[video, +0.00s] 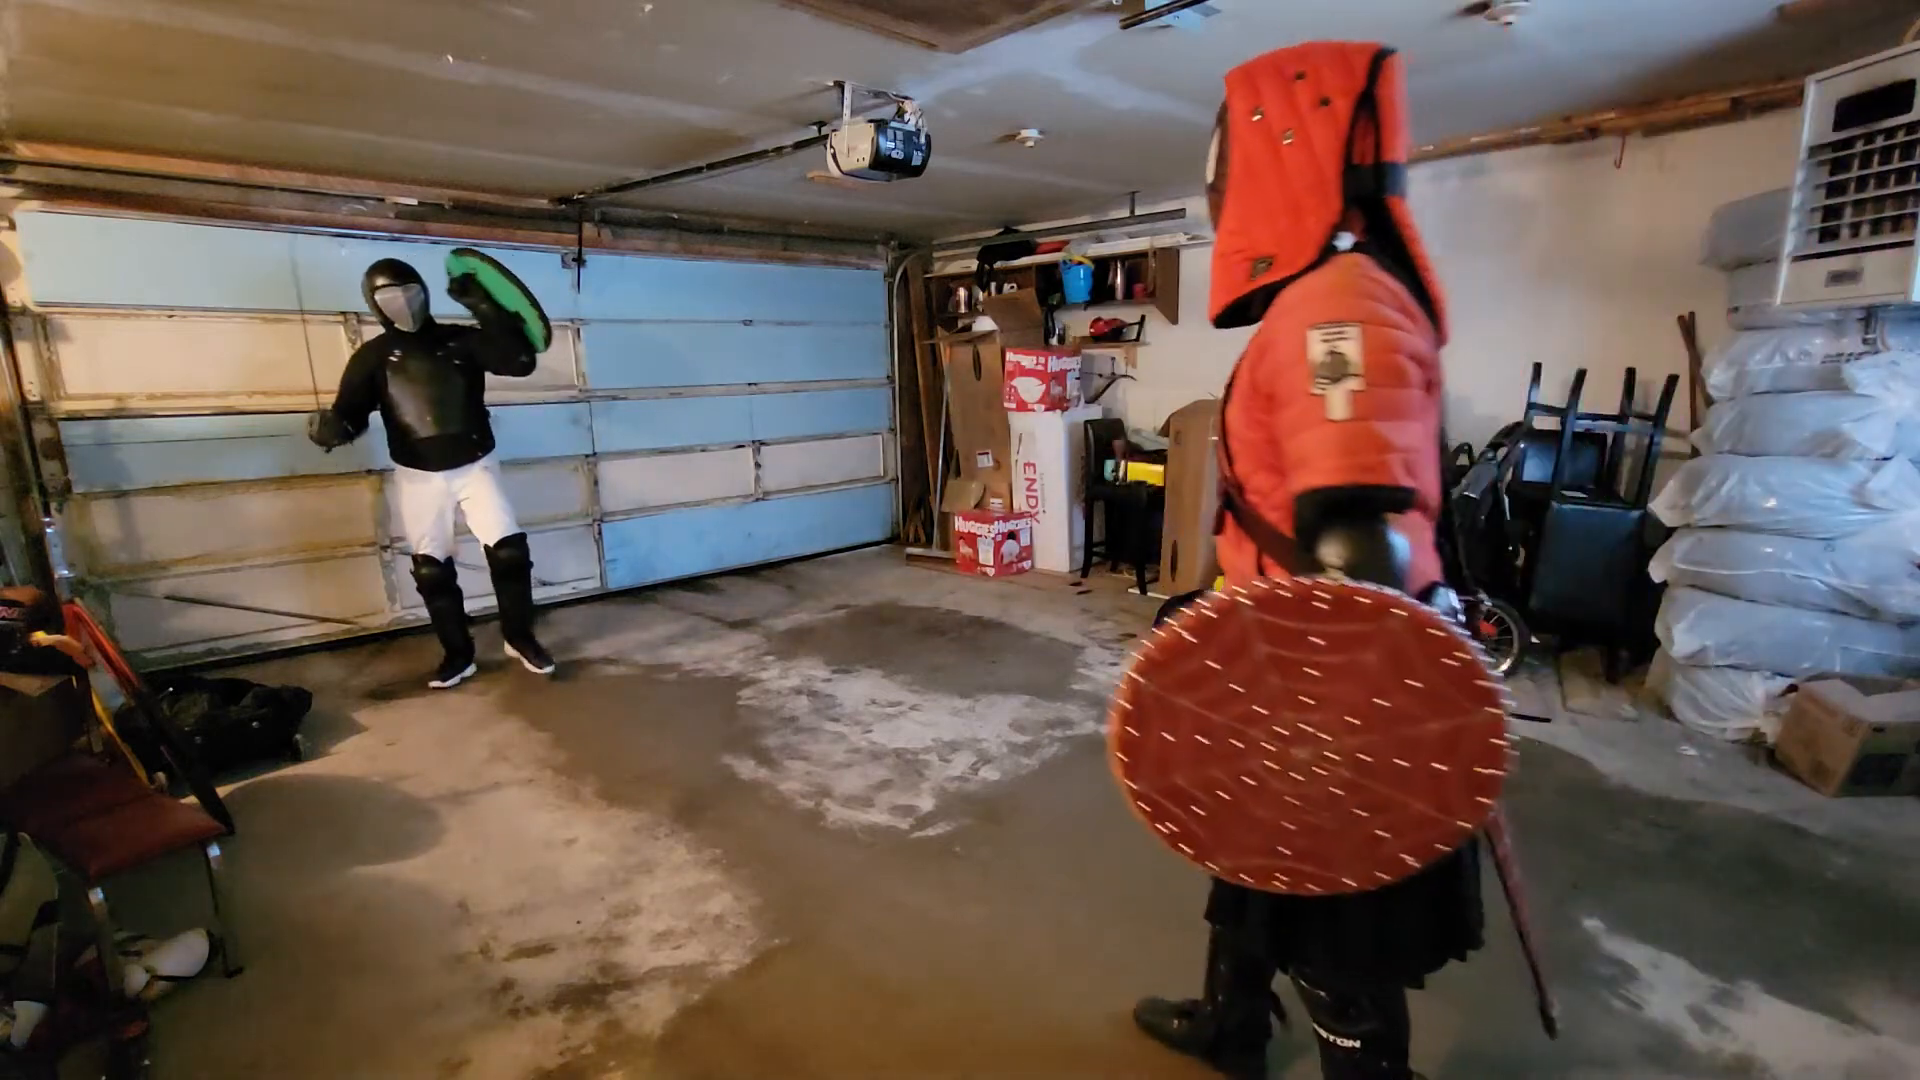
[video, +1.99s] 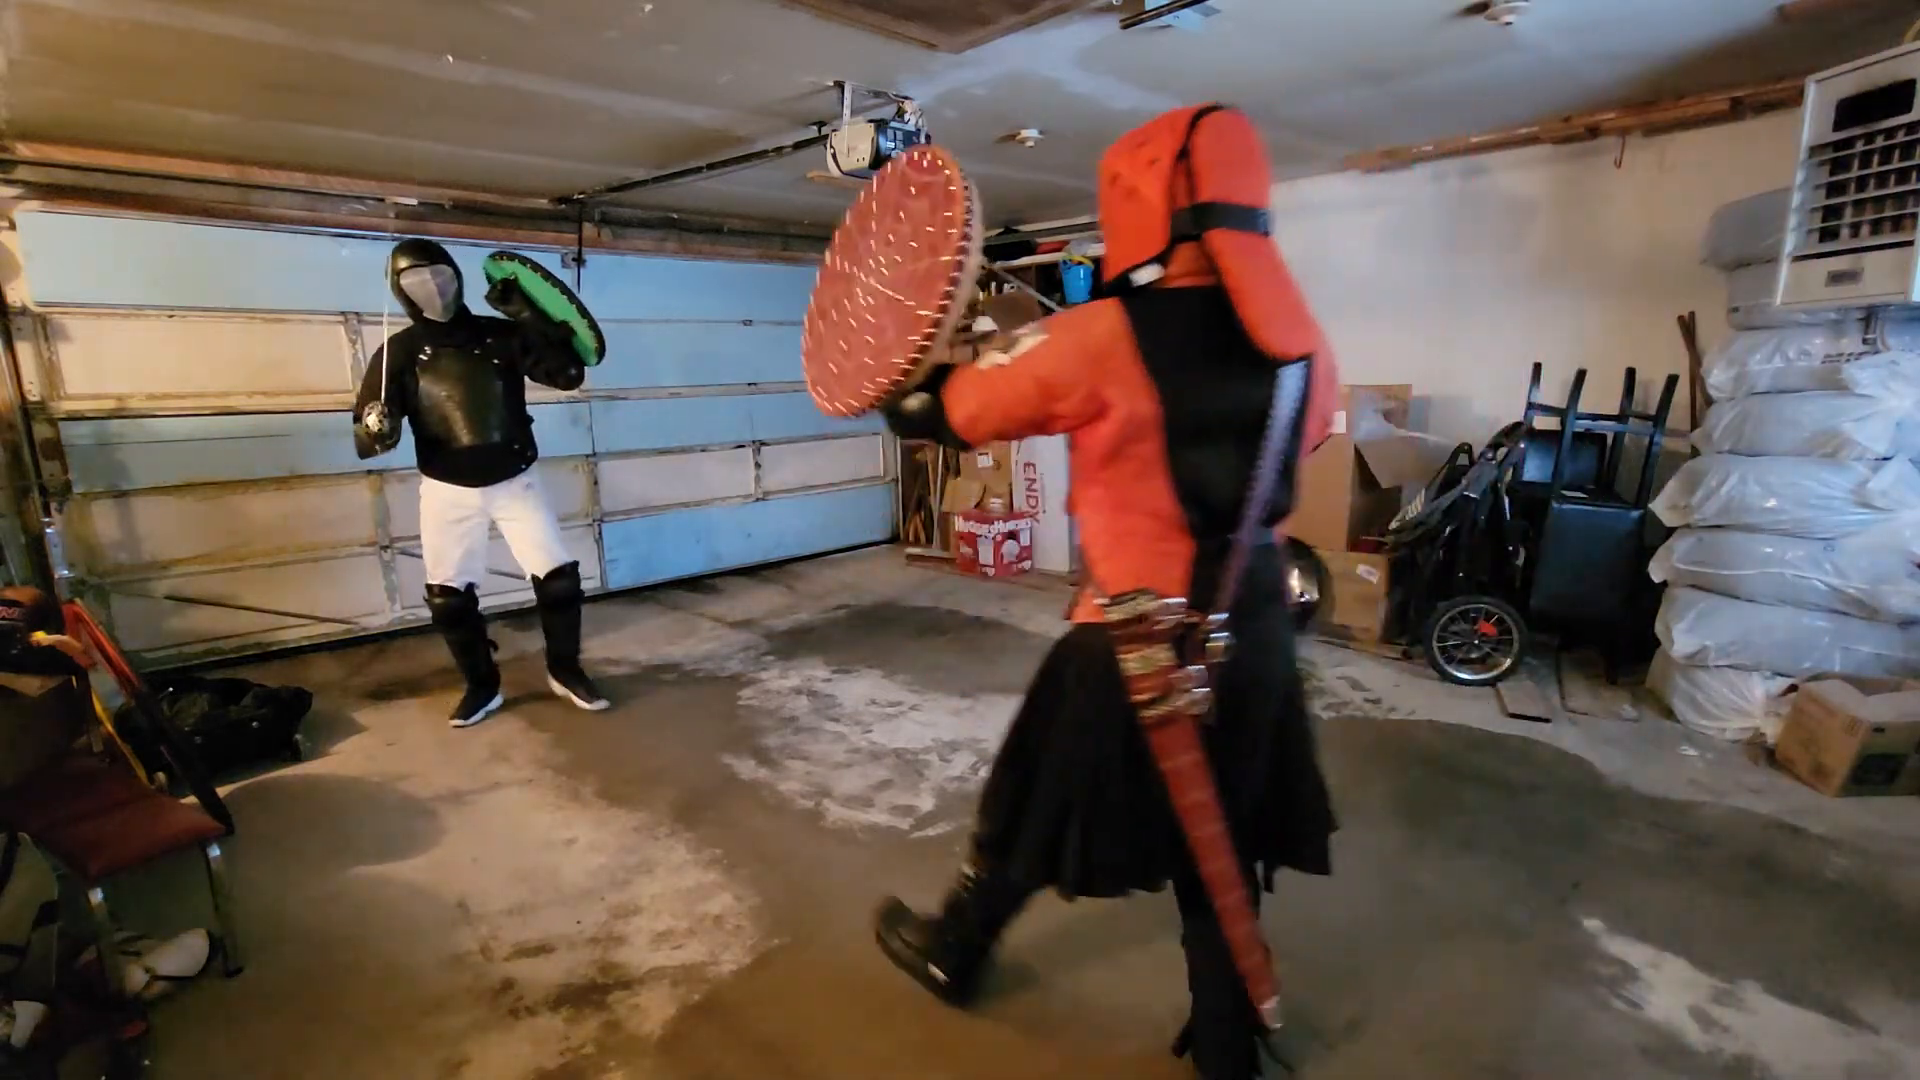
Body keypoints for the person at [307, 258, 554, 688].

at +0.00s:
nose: (401, 304)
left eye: (407, 293)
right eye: (388, 298)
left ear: (421, 293)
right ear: (375, 306)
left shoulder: (463, 341)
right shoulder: (371, 359)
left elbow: (521, 361)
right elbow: (349, 417)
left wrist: (481, 304)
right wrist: (331, 429)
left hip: (475, 468)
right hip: (417, 477)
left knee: (510, 551)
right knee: (430, 569)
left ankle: (520, 637)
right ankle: (458, 654)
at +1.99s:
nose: (432, 287)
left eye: (439, 274)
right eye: (418, 280)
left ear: (455, 276)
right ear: (402, 290)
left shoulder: (501, 335)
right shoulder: (398, 353)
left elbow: (568, 375)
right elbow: (366, 439)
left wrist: (531, 318)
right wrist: (377, 431)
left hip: (516, 482)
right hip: (447, 490)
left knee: (559, 577)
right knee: (447, 598)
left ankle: (565, 670)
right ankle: (482, 685)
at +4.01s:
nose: (483, 290)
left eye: (488, 280)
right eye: (469, 281)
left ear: (497, 286)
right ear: (444, 291)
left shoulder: (519, 347)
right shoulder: (417, 353)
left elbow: (584, 393)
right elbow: (370, 429)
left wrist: (562, 331)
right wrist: (416, 465)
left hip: (518, 496)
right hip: (450, 500)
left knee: (554, 589)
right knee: (453, 605)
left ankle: (571, 697)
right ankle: (480, 684)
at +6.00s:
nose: (563, 302)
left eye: (561, 294)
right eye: (551, 294)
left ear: (558, 302)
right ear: (525, 302)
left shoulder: (580, 358)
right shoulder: (491, 359)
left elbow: (633, 397)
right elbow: (457, 427)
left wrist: (610, 340)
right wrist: (482, 486)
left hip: (572, 493)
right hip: (508, 493)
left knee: (622, 571)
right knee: (480, 589)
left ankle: (642, 662)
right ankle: (471, 674)